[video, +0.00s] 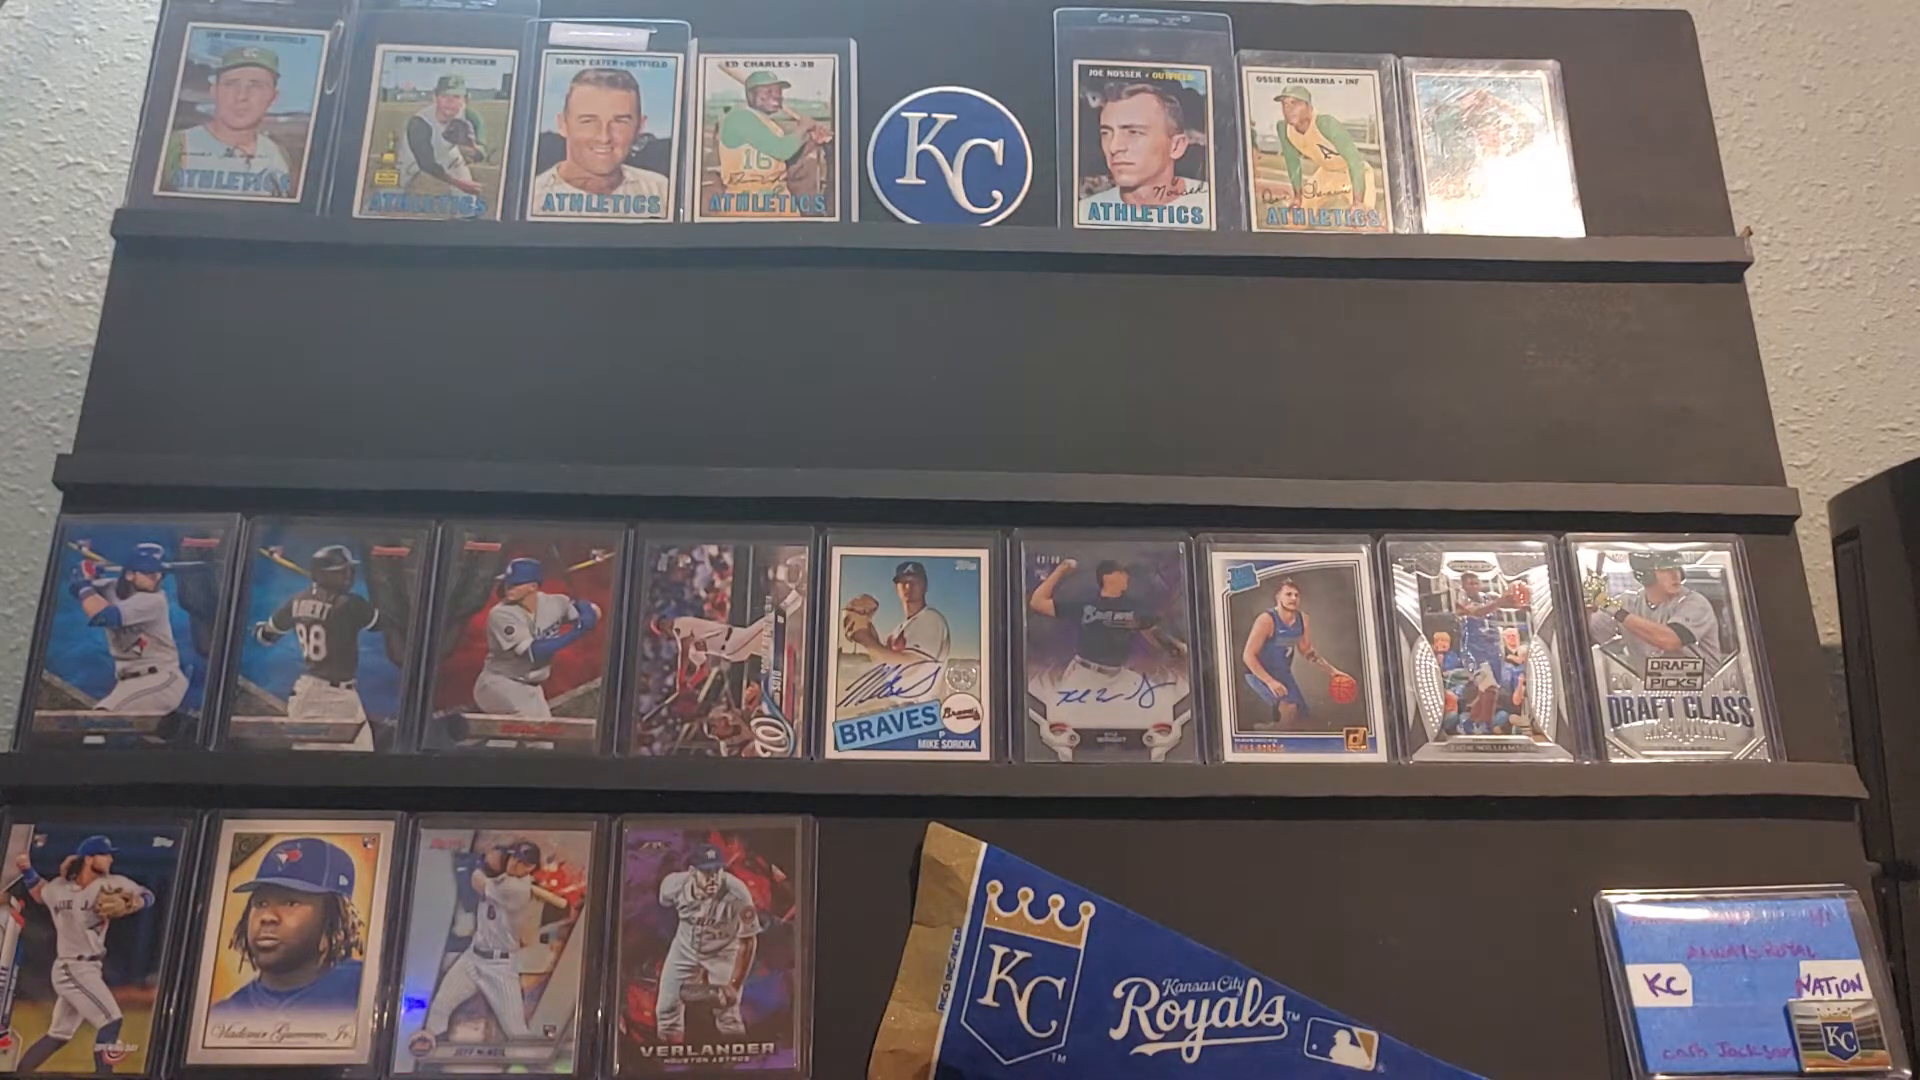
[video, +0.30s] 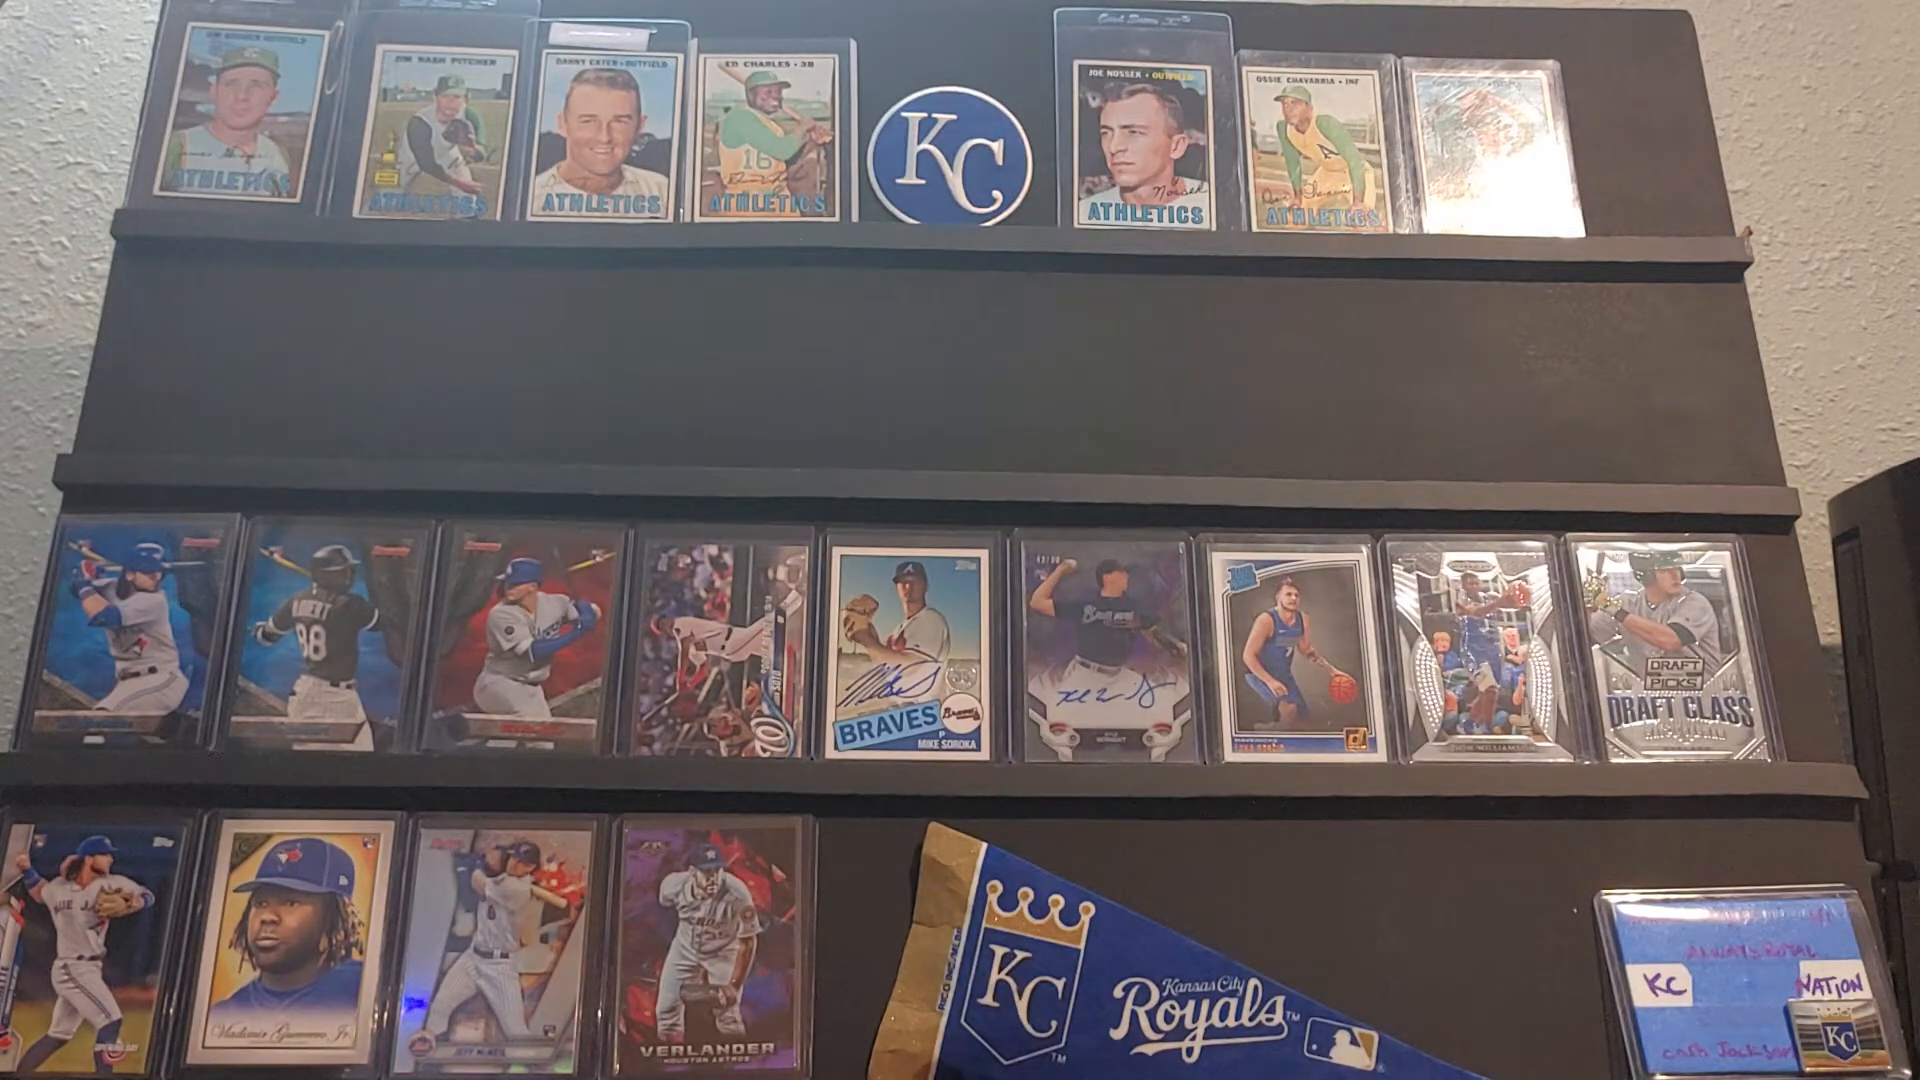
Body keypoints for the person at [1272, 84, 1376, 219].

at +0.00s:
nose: (1288, 110)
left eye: (1294, 103)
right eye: (1284, 105)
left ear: (1308, 107)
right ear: (1281, 108)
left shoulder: (1327, 124)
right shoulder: (1283, 128)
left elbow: (1355, 160)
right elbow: (1293, 163)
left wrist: (1357, 202)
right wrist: (1297, 197)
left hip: (1355, 174)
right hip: (1327, 173)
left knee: (1360, 220)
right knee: (1301, 212)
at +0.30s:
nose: (1288, 108)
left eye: (1294, 103)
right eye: (1285, 104)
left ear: (1308, 107)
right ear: (1282, 109)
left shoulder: (1326, 123)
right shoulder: (1283, 128)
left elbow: (1355, 161)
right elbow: (1292, 163)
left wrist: (1358, 202)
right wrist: (1297, 196)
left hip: (1354, 172)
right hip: (1327, 172)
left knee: (1361, 217)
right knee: (1303, 209)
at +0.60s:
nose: (1288, 109)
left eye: (1294, 103)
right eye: (1285, 104)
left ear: (1308, 107)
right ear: (1281, 108)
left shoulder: (1327, 124)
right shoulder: (1283, 128)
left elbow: (1355, 161)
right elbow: (1293, 163)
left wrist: (1358, 202)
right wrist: (1297, 197)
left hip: (1355, 172)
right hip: (1327, 172)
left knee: (1360, 219)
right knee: (1302, 209)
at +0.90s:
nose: (1288, 109)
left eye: (1294, 103)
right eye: (1285, 104)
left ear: (1309, 107)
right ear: (1281, 108)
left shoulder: (1326, 124)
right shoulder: (1283, 128)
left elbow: (1355, 161)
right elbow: (1293, 163)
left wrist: (1358, 202)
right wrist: (1297, 197)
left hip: (1355, 172)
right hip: (1327, 172)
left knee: (1360, 218)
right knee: (1303, 208)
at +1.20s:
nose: (1288, 109)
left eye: (1294, 103)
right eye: (1285, 104)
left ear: (1309, 107)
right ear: (1281, 108)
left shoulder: (1326, 124)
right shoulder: (1283, 128)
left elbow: (1355, 161)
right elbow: (1293, 163)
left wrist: (1358, 202)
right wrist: (1298, 197)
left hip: (1355, 172)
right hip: (1327, 172)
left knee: (1360, 218)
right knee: (1302, 208)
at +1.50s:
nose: (1288, 109)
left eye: (1294, 103)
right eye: (1285, 104)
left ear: (1308, 107)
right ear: (1281, 108)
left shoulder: (1326, 124)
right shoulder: (1283, 128)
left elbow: (1355, 161)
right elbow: (1293, 163)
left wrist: (1358, 202)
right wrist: (1298, 197)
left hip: (1355, 172)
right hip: (1327, 172)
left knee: (1360, 218)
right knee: (1302, 208)